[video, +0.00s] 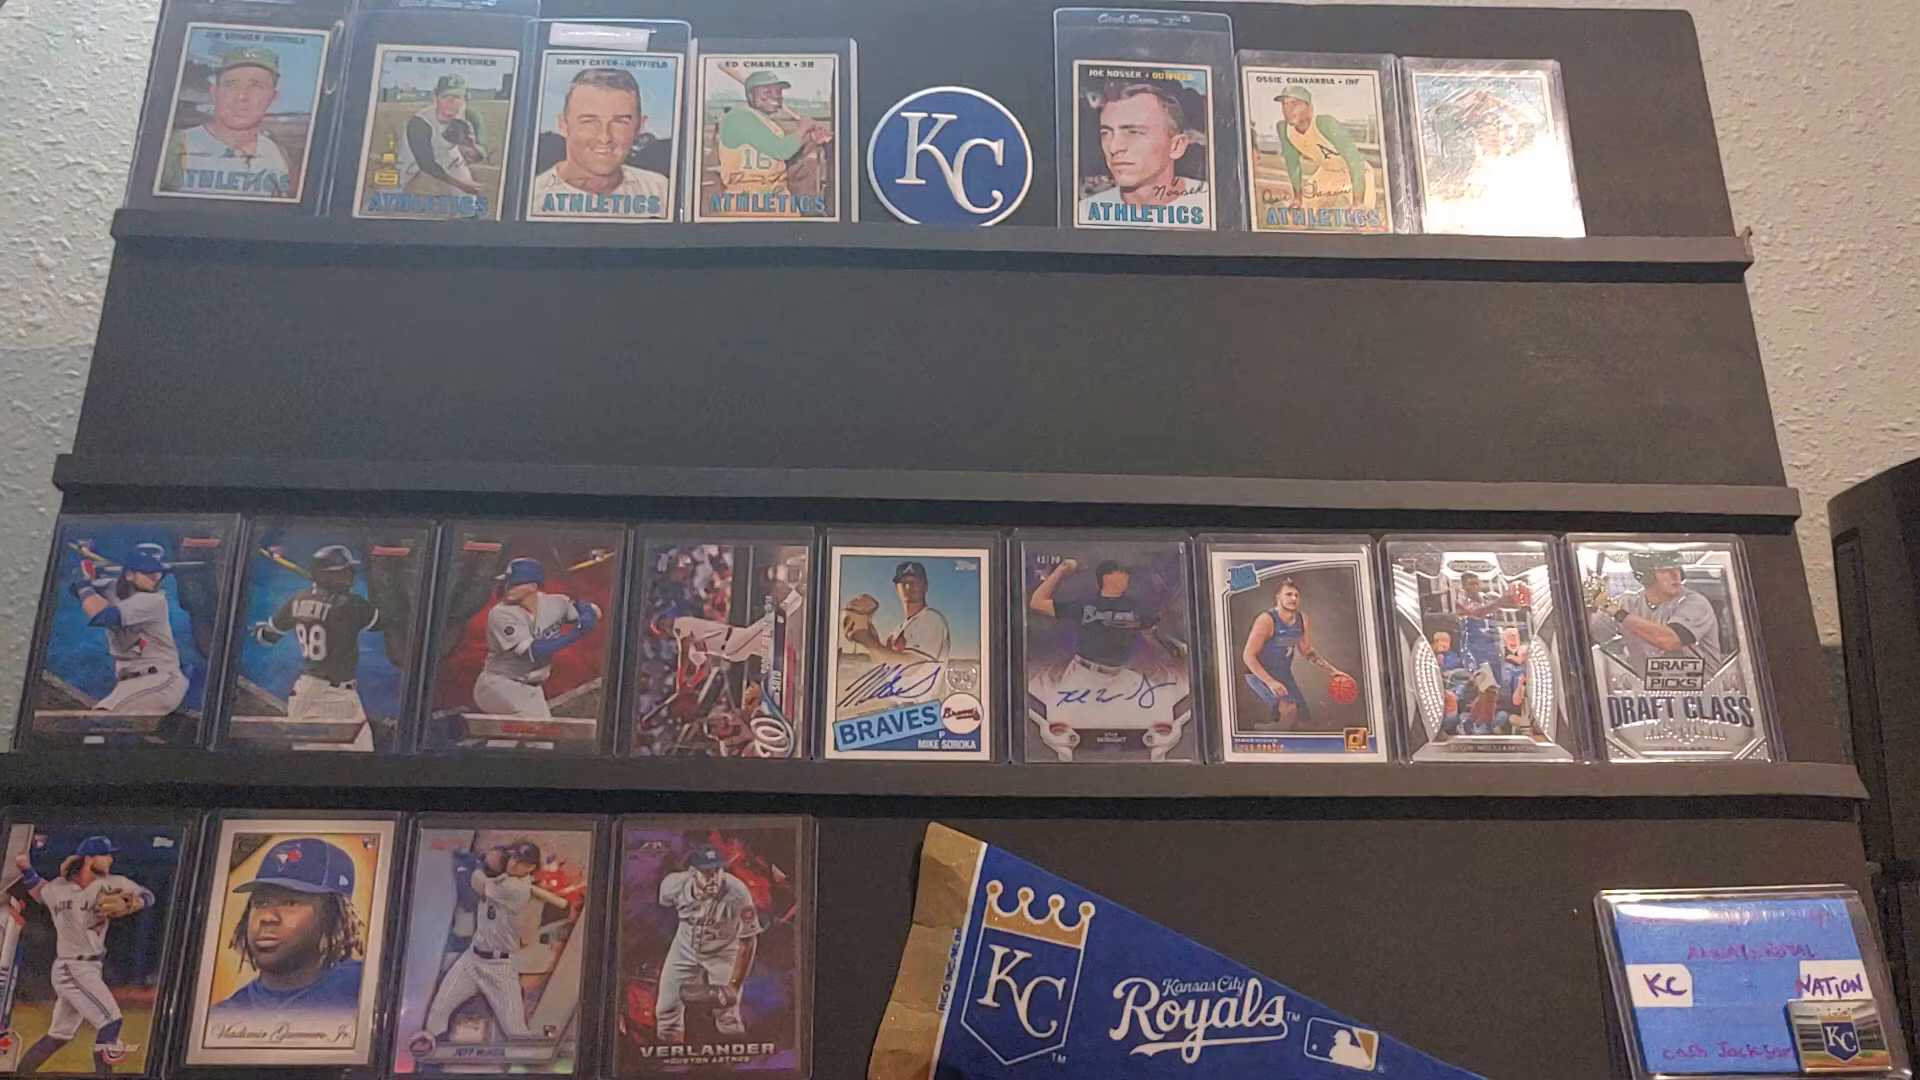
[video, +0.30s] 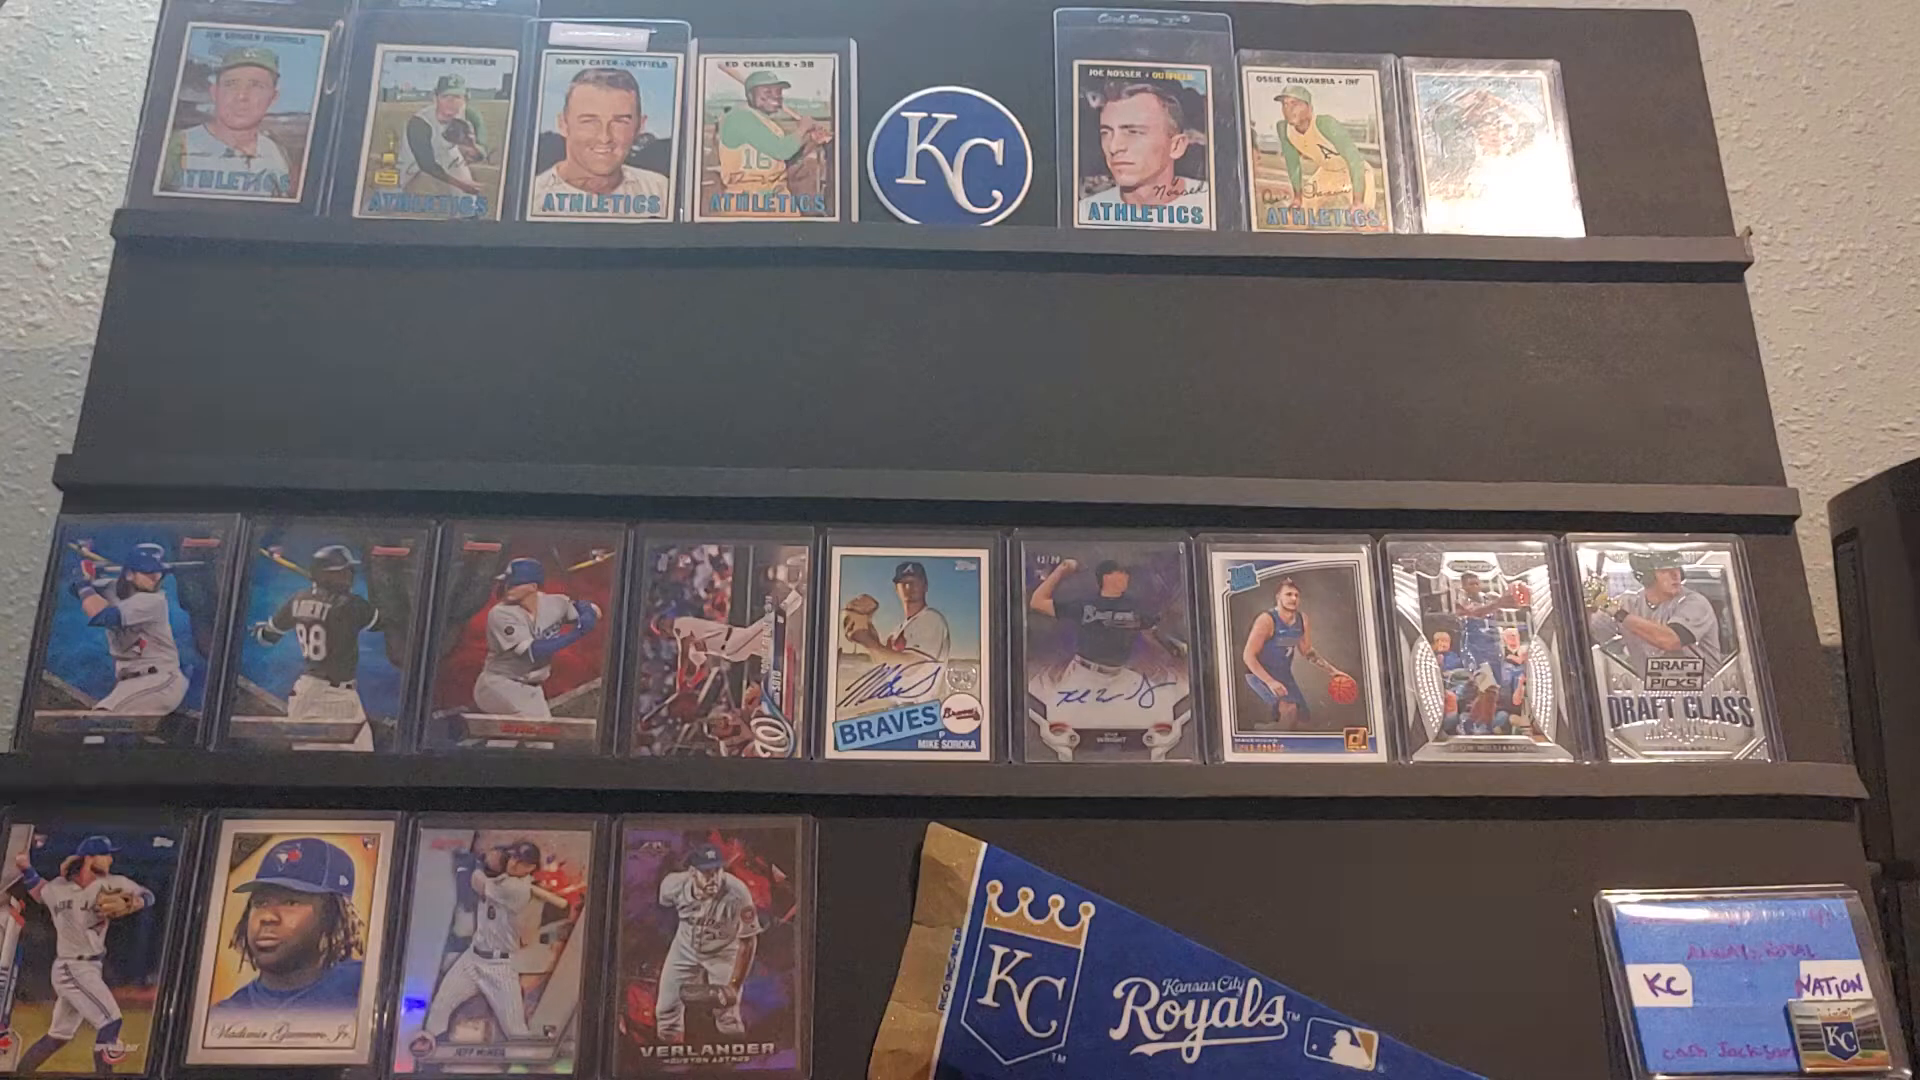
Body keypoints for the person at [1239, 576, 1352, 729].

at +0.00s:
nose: (1293, 599)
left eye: (1296, 595)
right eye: (1288, 595)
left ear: (1299, 599)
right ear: (1278, 597)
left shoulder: (1302, 619)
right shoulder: (1266, 620)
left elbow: (1307, 651)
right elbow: (1248, 656)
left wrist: (1333, 671)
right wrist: (1270, 682)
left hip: (1284, 674)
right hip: (1260, 673)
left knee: (1303, 716)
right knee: (1289, 707)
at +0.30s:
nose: (1293, 599)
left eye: (1296, 595)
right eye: (1288, 595)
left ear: (1299, 599)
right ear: (1278, 598)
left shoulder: (1302, 619)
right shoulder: (1266, 620)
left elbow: (1307, 651)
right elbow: (1248, 656)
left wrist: (1333, 671)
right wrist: (1270, 681)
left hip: (1284, 673)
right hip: (1260, 673)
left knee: (1303, 716)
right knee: (1289, 707)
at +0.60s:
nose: (1293, 599)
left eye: (1296, 595)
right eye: (1288, 595)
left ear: (1299, 598)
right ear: (1278, 598)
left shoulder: (1302, 619)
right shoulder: (1266, 620)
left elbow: (1307, 651)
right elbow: (1249, 656)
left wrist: (1333, 672)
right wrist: (1270, 682)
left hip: (1284, 674)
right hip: (1260, 673)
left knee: (1303, 716)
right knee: (1289, 707)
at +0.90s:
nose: (1293, 599)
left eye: (1296, 595)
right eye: (1288, 595)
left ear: (1299, 598)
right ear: (1278, 598)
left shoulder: (1302, 619)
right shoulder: (1266, 620)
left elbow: (1307, 651)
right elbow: (1249, 656)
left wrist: (1333, 671)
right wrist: (1270, 682)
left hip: (1284, 673)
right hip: (1260, 673)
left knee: (1303, 716)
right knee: (1289, 707)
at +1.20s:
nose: (1293, 599)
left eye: (1296, 595)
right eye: (1288, 595)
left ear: (1299, 598)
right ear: (1278, 598)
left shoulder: (1302, 619)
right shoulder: (1266, 620)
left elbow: (1307, 651)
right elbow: (1248, 656)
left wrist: (1333, 671)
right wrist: (1270, 682)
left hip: (1284, 673)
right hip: (1260, 673)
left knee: (1303, 715)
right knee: (1289, 708)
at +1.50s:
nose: (1293, 599)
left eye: (1296, 595)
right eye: (1288, 595)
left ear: (1299, 598)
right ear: (1278, 598)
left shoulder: (1302, 619)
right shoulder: (1266, 620)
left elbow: (1307, 651)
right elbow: (1248, 656)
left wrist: (1333, 671)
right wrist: (1270, 682)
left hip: (1283, 673)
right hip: (1260, 673)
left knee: (1302, 715)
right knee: (1289, 706)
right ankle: (1285, 750)